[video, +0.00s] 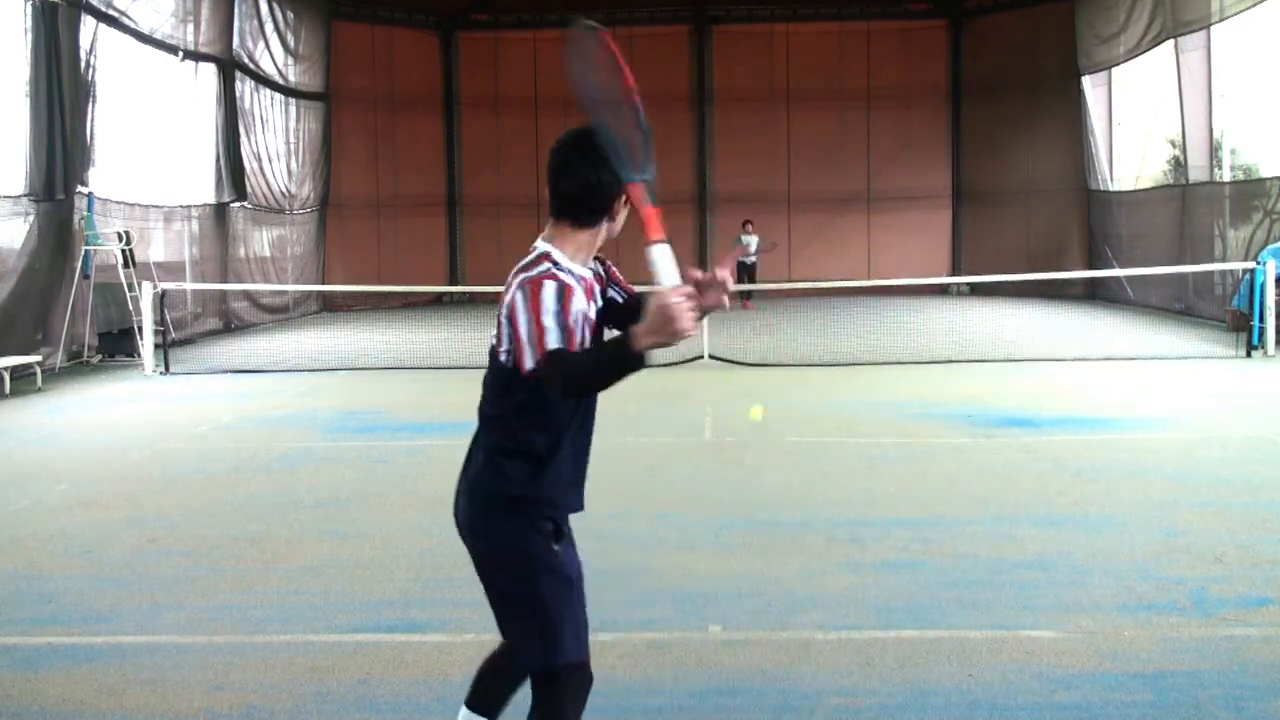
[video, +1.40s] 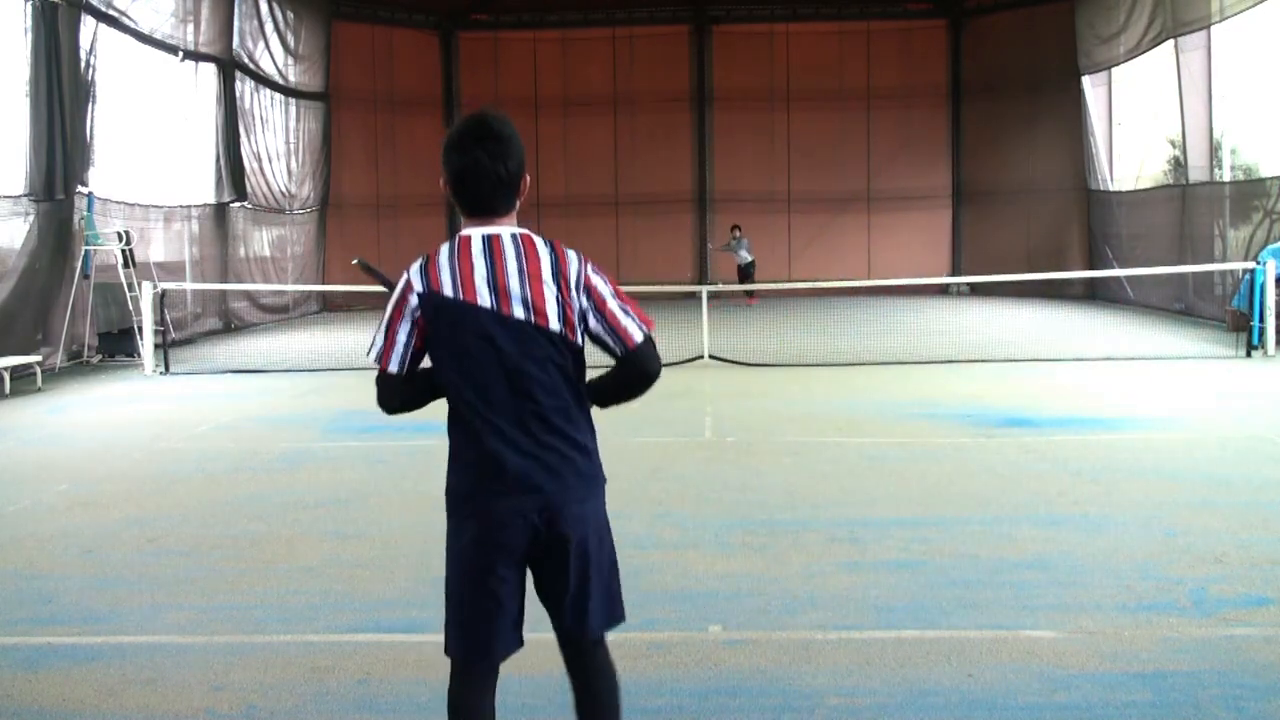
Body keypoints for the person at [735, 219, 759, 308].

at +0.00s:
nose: (749, 228)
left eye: (750, 226)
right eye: (747, 226)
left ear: (752, 227)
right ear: (743, 228)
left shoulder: (756, 237)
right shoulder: (740, 237)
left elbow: (757, 249)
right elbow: (737, 250)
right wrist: (745, 250)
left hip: (752, 261)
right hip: (742, 261)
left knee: (752, 280)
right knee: (742, 281)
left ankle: (748, 300)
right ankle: (743, 300)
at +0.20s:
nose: (742, 231)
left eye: (743, 229)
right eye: (740, 229)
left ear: (746, 230)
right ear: (737, 231)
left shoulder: (750, 241)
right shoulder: (733, 241)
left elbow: (755, 252)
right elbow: (731, 253)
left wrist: (748, 253)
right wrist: (742, 254)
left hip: (747, 265)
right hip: (735, 264)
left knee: (748, 285)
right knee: (730, 284)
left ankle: (747, 304)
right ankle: (726, 302)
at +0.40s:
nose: (731, 231)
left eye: (733, 228)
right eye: (729, 229)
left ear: (735, 230)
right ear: (726, 230)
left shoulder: (739, 240)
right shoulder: (723, 240)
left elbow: (744, 252)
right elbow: (722, 252)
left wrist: (738, 253)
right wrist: (731, 252)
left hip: (737, 264)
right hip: (725, 264)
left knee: (741, 282)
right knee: (720, 282)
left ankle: (745, 301)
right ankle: (717, 299)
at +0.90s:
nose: (720, 234)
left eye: (722, 231)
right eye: (718, 232)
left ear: (724, 232)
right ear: (715, 233)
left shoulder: (729, 242)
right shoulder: (712, 243)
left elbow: (733, 253)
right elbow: (710, 255)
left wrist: (725, 256)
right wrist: (718, 256)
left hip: (727, 265)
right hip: (716, 266)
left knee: (733, 283)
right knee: (712, 283)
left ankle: (738, 300)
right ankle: (710, 298)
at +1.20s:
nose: (729, 234)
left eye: (731, 232)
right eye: (728, 232)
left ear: (734, 233)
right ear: (726, 234)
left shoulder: (737, 242)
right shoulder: (725, 243)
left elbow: (732, 251)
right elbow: (722, 249)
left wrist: (722, 249)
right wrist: (716, 249)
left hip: (738, 264)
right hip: (728, 265)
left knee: (738, 283)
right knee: (722, 282)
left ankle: (740, 301)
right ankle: (718, 298)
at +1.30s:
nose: (733, 232)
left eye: (734, 230)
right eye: (731, 230)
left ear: (737, 231)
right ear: (728, 232)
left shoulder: (740, 240)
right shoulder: (728, 241)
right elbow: (722, 247)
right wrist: (713, 247)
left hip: (744, 262)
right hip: (735, 263)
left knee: (743, 281)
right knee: (732, 282)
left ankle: (743, 298)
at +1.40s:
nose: (736, 234)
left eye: (737, 231)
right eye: (734, 232)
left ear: (740, 232)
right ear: (731, 233)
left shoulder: (743, 241)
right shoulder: (731, 242)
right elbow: (725, 247)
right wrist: (713, 248)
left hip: (749, 262)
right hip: (740, 264)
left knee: (749, 279)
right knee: (741, 281)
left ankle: (751, 296)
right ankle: (748, 295)